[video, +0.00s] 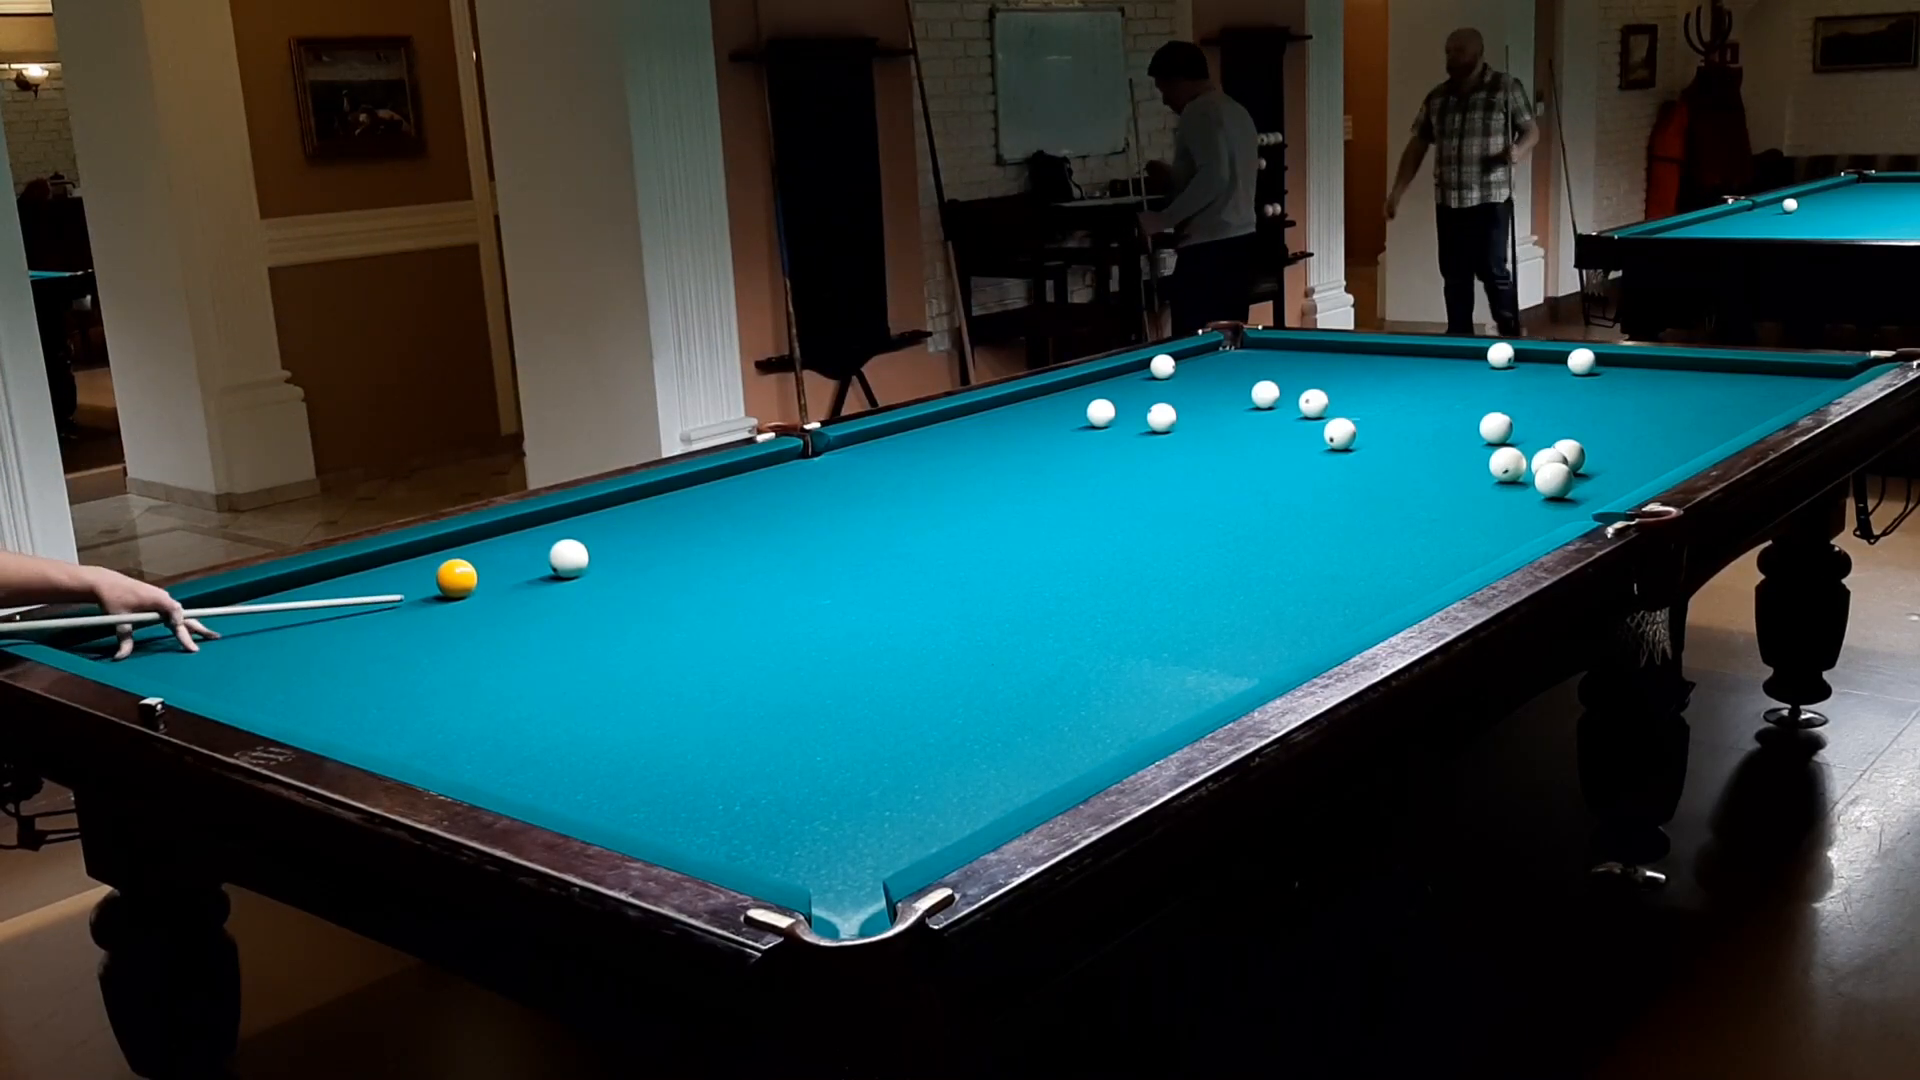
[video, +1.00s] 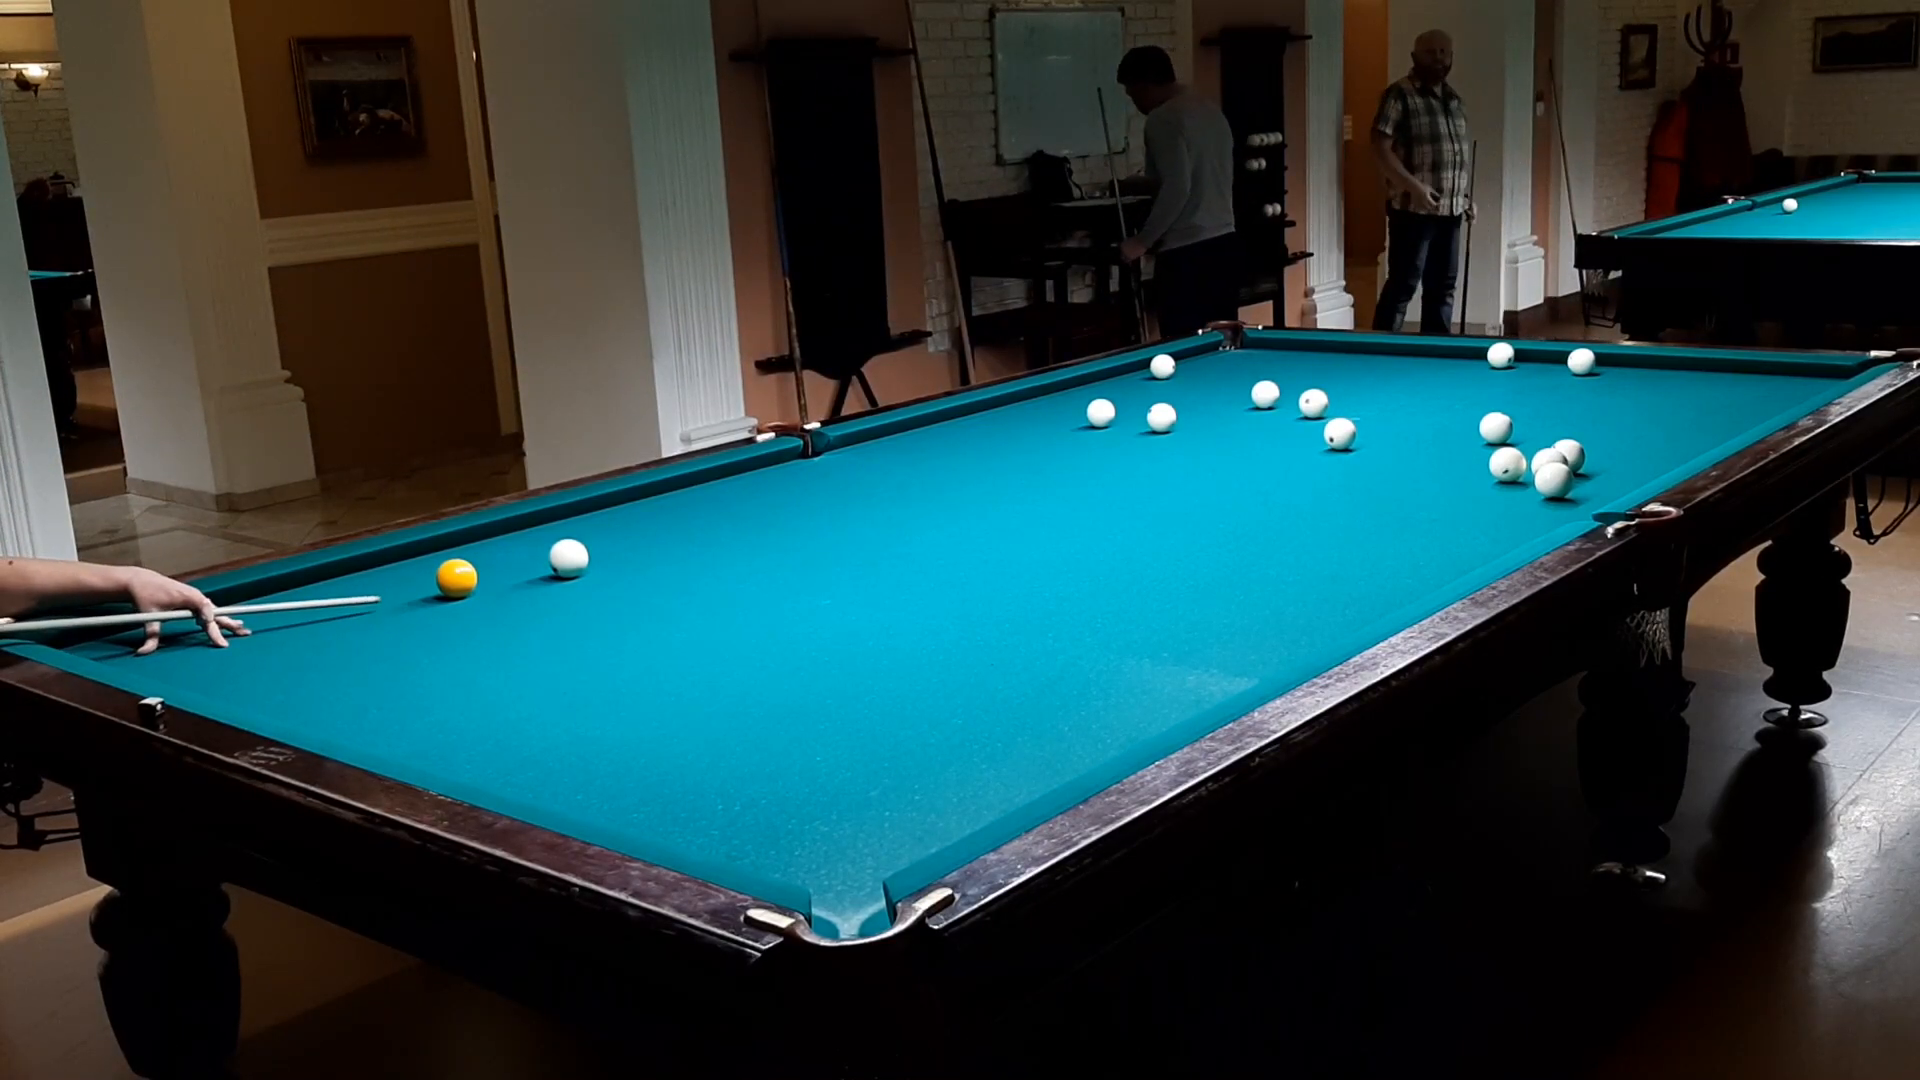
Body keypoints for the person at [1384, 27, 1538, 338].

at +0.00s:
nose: (1450, 59)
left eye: (1457, 52)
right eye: (1448, 52)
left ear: (1477, 53)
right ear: (1446, 53)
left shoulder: (1506, 87)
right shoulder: (1437, 97)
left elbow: (1531, 131)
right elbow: (1416, 147)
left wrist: (1517, 150)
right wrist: (1395, 194)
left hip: (1492, 201)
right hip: (1450, 203)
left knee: (1494, 273)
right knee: (1455, 280)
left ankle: (1512, 340)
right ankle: (1459, 342)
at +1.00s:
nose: (1439, 59)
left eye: (1444, 53)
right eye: (1430, 53)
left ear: (1452, 57)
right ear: (1415, 57)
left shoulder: (1453, 99)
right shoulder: (1399, 94)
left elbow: (1456, 155)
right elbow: (1380, 149)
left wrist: (1463, 198)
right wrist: (1414, 186)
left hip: (1449, 212)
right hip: (1412, 211)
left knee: (1443, 289)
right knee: (1402, 285)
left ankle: (1436, 355)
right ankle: (1380, 350)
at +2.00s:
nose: (1407, 70)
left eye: (1406, 63)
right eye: (1401, 63)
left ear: (1383, 68)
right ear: (1380, 68)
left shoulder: (1395, 105)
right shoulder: (1358, 109)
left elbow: (1390, 156)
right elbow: (1348, 169)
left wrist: (1418, 161)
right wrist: (1399, 172)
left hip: (1389, 218)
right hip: (1364, 217)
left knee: (1402, 291)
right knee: (1366, 294)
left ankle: (1424, 351)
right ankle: (1367, 358)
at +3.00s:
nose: (1401, 71)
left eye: (1400, 64)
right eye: (1394, 65)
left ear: (1381, 69)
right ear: (1373, 68)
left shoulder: (1394, 103)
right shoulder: (1354, 108)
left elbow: (1388, 154)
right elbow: (1348, 168)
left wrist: (1416, 153)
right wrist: (1400, 154)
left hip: (1390, 217)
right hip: (1363, 217)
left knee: (1405, 290)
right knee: (1366, 293)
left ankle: (1426, 353)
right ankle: (1364, 360)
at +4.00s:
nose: (1402, 84)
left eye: (1404, 77)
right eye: (1397, 77)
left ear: (1401, 74)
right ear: (1377, 73)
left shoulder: (1393, 104)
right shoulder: (1354, 108)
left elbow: (1389, 155)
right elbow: (1350, 169)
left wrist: (1418, 154)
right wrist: (1402, 153)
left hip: (1390, 217)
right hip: (1363, 216)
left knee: (1404, 289)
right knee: (1366, 292)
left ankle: (1425, 353)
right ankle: (1363, 359)